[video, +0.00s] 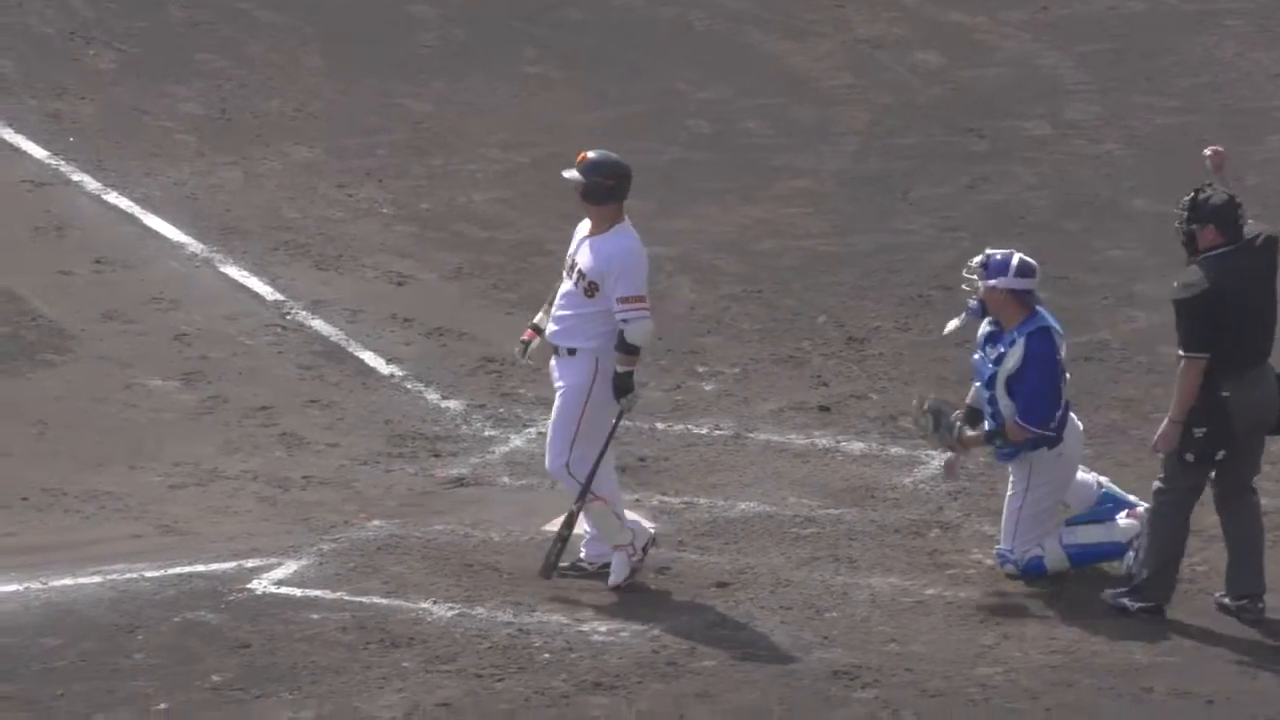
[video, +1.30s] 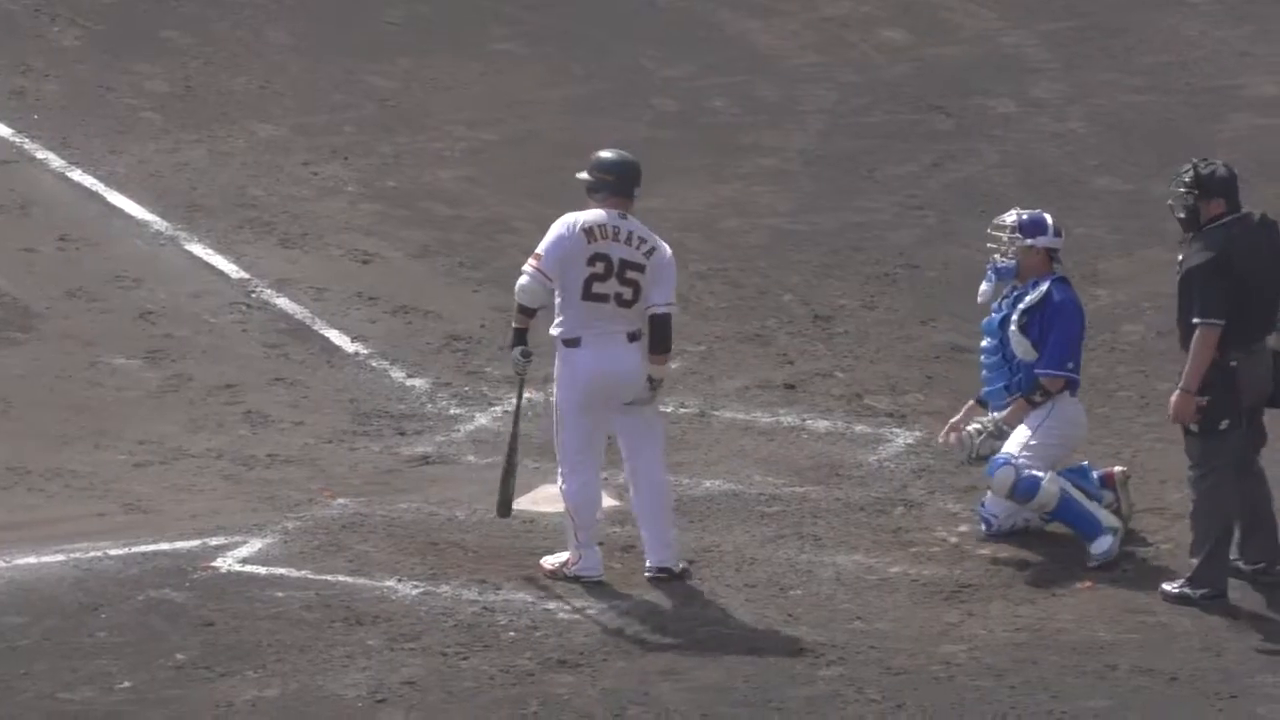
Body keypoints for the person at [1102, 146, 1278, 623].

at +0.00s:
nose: (1187, 234)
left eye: (1192, 227)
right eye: (1189, 226)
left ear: (1208, 233)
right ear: (1230, 229)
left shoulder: (1198, 286)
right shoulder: (1265, 253)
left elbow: (1194, 364)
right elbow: (1237, 221)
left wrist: (1173, 421)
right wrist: (1222, 177)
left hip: (1212, 400)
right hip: (1258, 389)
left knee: (1174, 494)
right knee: (1238, 489)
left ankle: (1150, 592)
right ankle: (1248, 593)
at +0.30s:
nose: (1205, 223)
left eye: (1210, 217)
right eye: (1206, 215)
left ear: (1231, 222)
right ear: (1249, 218)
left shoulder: (1221, 267)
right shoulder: (1269, 245)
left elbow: (1223, 347)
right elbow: (1249, 219)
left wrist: (1209, 414)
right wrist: (1235, 177)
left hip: (1236, 393)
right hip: (1271, 386)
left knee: (1185, 481)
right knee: (1253, 480)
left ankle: (1183, 585)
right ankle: (1254, 583)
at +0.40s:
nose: (1209, 220)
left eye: (1215, 213)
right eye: (1210, 212)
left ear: (1234, 218)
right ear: (1254, 215)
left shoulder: (1227, 266)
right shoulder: (1272, 248)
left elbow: (1227, 346)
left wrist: (1216, 411)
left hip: (1240, 396)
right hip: (1272, 393)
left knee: (1192, 482)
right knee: (1256, 480)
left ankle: (1219, 582)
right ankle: (1257, 583)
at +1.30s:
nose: (1182, 206)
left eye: (1189, 199)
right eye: (1183, 197)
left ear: (1212, 204)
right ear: (1227, 201)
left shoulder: (1208, 251)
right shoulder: (1262, 231)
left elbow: (1209, 328)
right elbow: (1264, 306)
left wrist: (1186, 389)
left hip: (1220, 369)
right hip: (1258, 360)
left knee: (1209, 475)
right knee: (1242, 462)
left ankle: (1206, 578)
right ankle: (1259, 555)